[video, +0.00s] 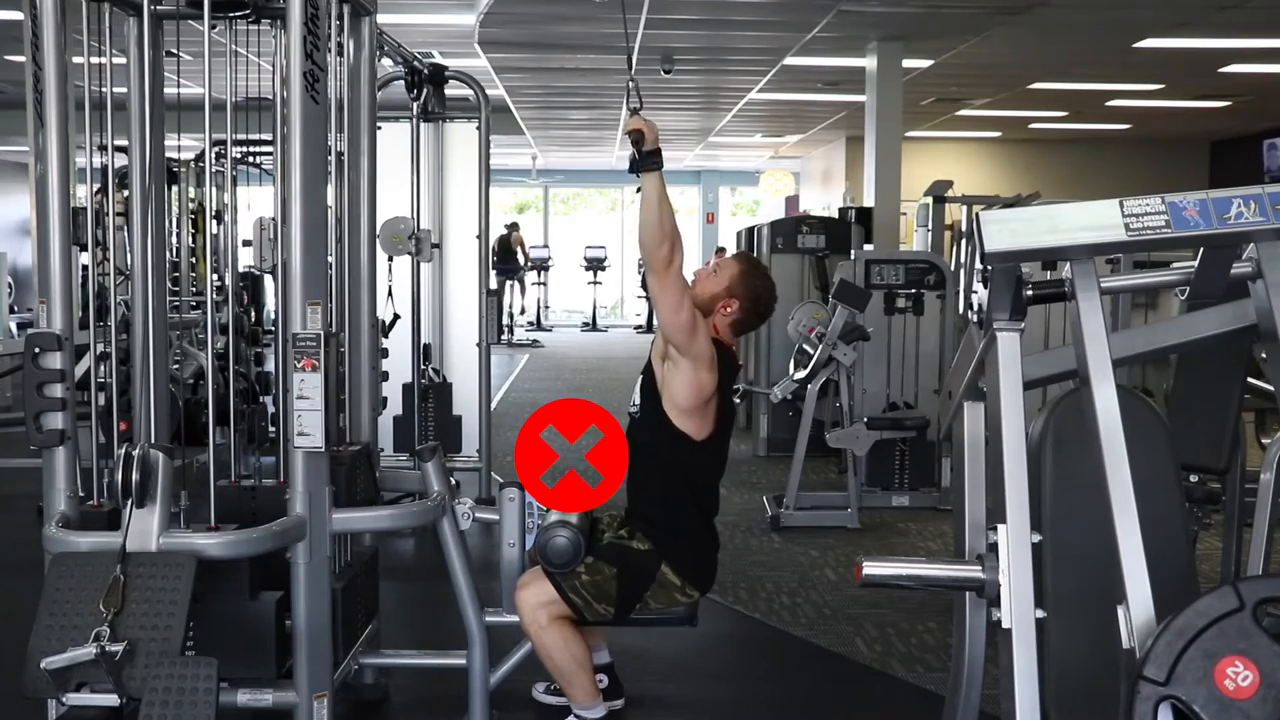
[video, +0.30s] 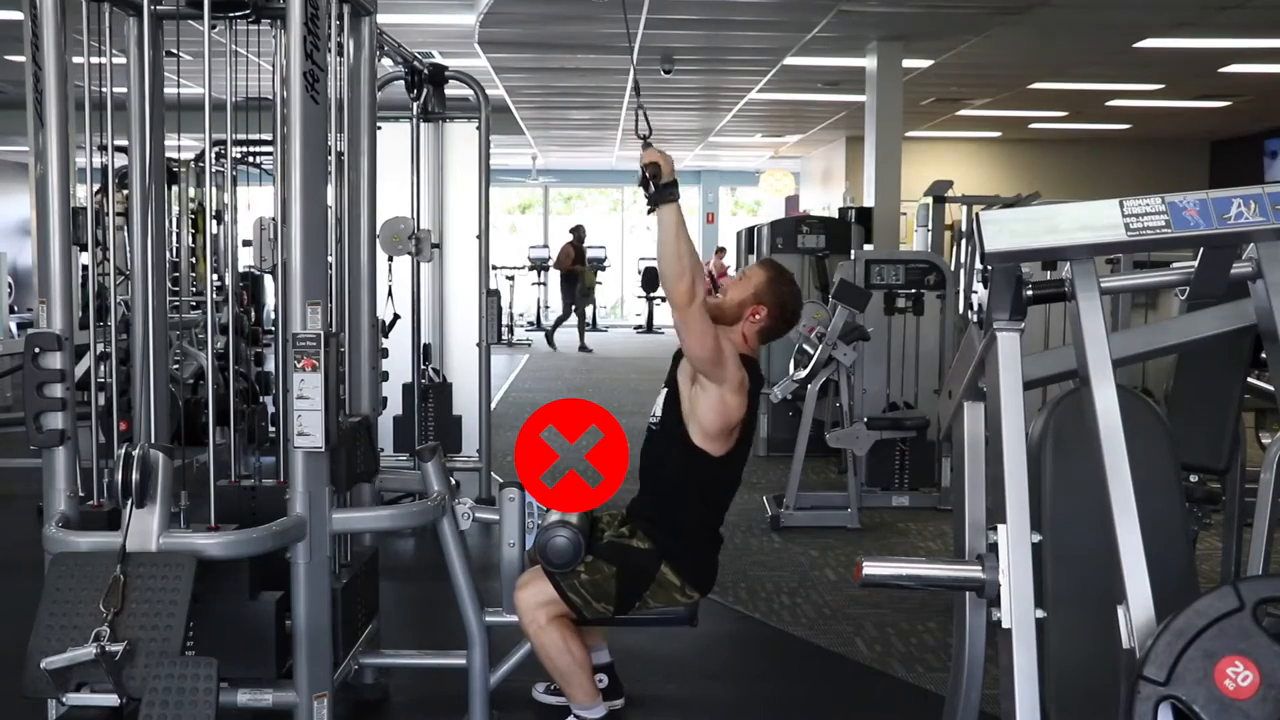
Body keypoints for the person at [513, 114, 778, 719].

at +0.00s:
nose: (704, 263)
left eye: (716, 265)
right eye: (715, 257)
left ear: (724, 304)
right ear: (727, 309)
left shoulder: (693, 350)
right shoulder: (699, 346)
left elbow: (661, 258)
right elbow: (662, 259)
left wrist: (648, 155)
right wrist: (648, 164)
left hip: (670, 555)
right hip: (661, 536)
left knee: (534, 595)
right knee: (549, 550)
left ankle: (590, 710)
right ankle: (593, 670)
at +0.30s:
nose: (722, 280)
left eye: (738, 280)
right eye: (733, 273)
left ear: (754, 315)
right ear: (755, 318)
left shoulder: (723, 367)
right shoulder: (720, 354)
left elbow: (683, 291)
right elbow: (687, 289)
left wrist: (665, 192)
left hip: (671, 560)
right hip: (653, 533)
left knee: (533, 597)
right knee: (555, 545)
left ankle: (589, 710)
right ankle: (594, 671)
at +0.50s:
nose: (765, 298)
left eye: (779, 297)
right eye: (775, 292)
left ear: (796, 332)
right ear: (795, 334)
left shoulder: (762, 396)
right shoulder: (751, 371)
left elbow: (720, 356)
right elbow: (720, 336)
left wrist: (697, 250)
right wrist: (706, 265)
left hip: (670, 564)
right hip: (649, 529)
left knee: (533, 596)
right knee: (552, 545)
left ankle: (589, 711)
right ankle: (595, 672)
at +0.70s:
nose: (792, 316)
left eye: (807, 317)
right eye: (802, 310)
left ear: (824, 354)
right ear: (820, 356)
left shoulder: (795, 417)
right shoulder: (772, 386)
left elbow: (756, 438)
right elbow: (727, 387)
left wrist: (736, 331)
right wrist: (723, 324)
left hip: (676, 562)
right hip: (651, 527)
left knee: (533, 597)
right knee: (550, 545)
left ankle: (590, 712)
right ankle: (596, 670)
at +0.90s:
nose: (813, 335)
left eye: (829, 335)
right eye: (825, 328)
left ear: (844, 371)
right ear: (842, 371)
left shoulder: (816, 435)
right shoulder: (797, 399)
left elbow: (784, 499)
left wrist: (766, 403)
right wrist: (755, 381)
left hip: (679, 560)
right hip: (660, 523)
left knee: (536, 595)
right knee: (553, 544)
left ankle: (590, 711)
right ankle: (596, 674)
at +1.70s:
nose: (817, 336)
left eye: (832, 337)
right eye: (827, 330)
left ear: (845, 373)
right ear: (842, 372)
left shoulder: (813, 427)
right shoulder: (795, 396)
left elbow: (766, 435)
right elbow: (739, 386)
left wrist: (747, 331)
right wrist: (729, 322)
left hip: (680, 561)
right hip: (662, 525)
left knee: (537, 595)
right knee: (557, 544)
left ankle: (590, 712)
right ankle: (595, 673)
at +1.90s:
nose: (786, 311)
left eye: (801, 310)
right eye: (798, 304)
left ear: (814, 346)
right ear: (812, 349)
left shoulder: (778, 401)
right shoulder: (769, 381)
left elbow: (732, 360)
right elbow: (730, 344)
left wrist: (706, 258)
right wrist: (708, 260)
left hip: (671, 561)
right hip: (653, 530)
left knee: (533, 598)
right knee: (552, 547)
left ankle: (589, 710)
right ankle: (596, 672)